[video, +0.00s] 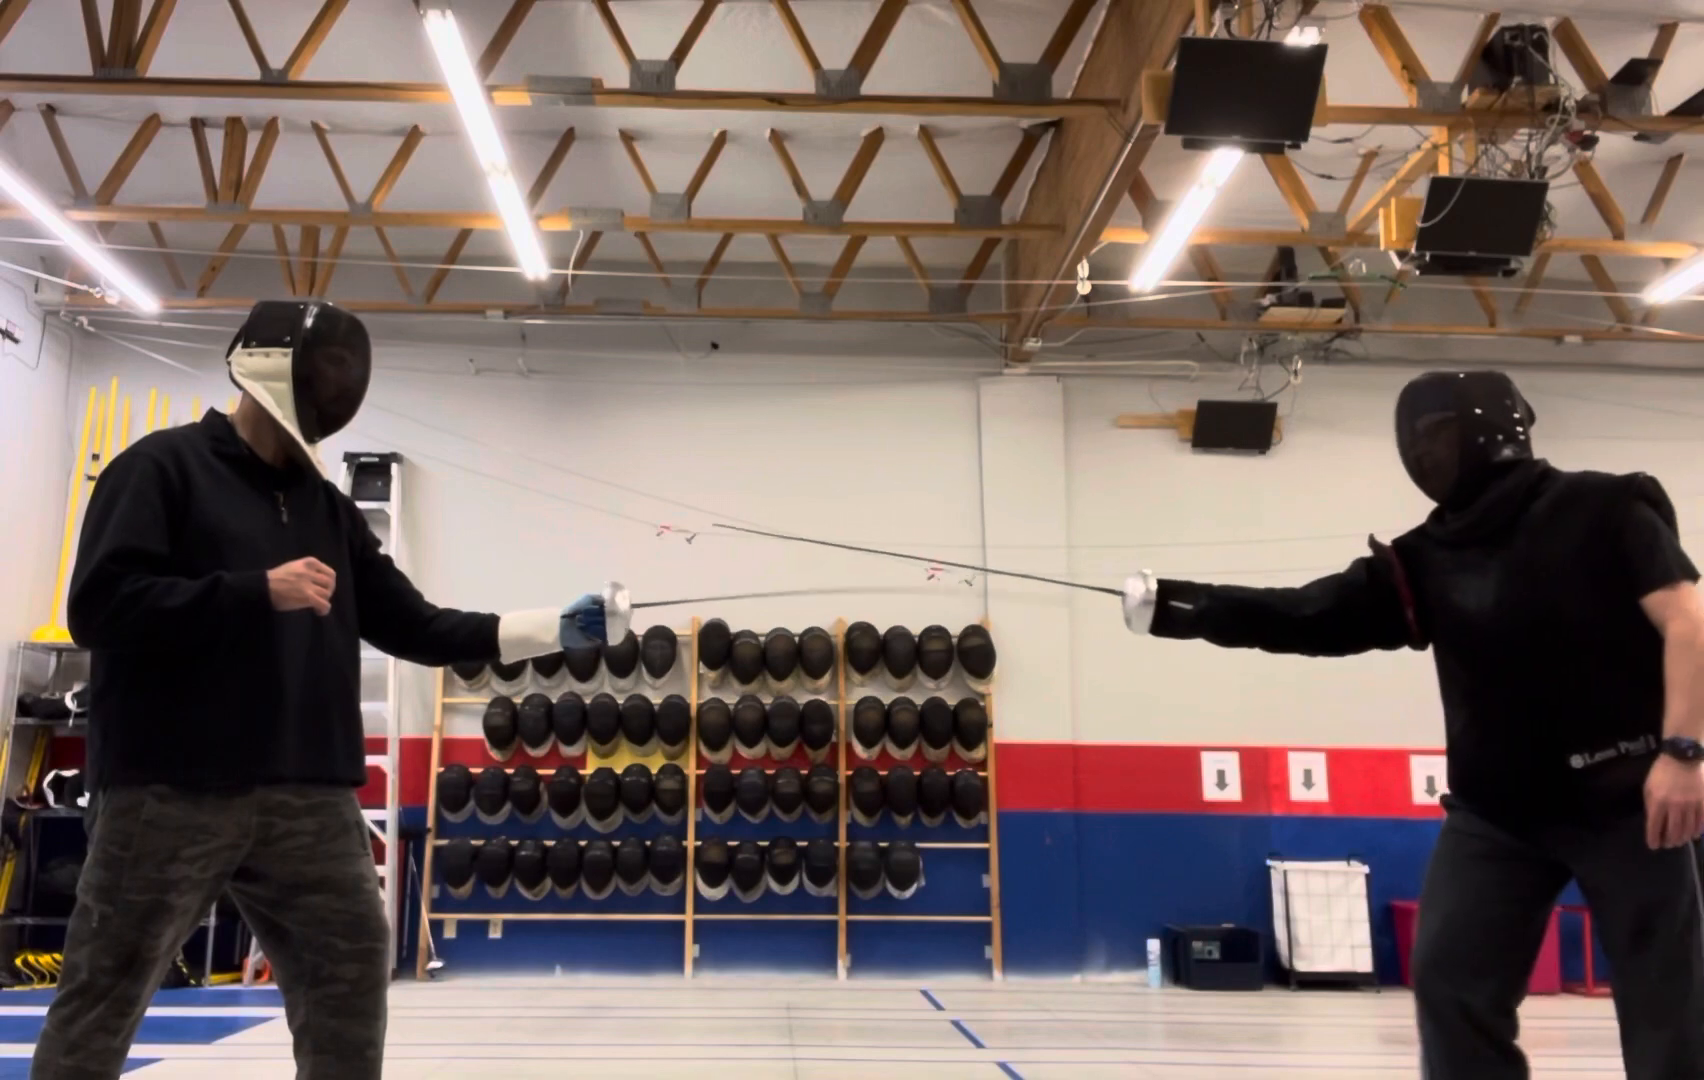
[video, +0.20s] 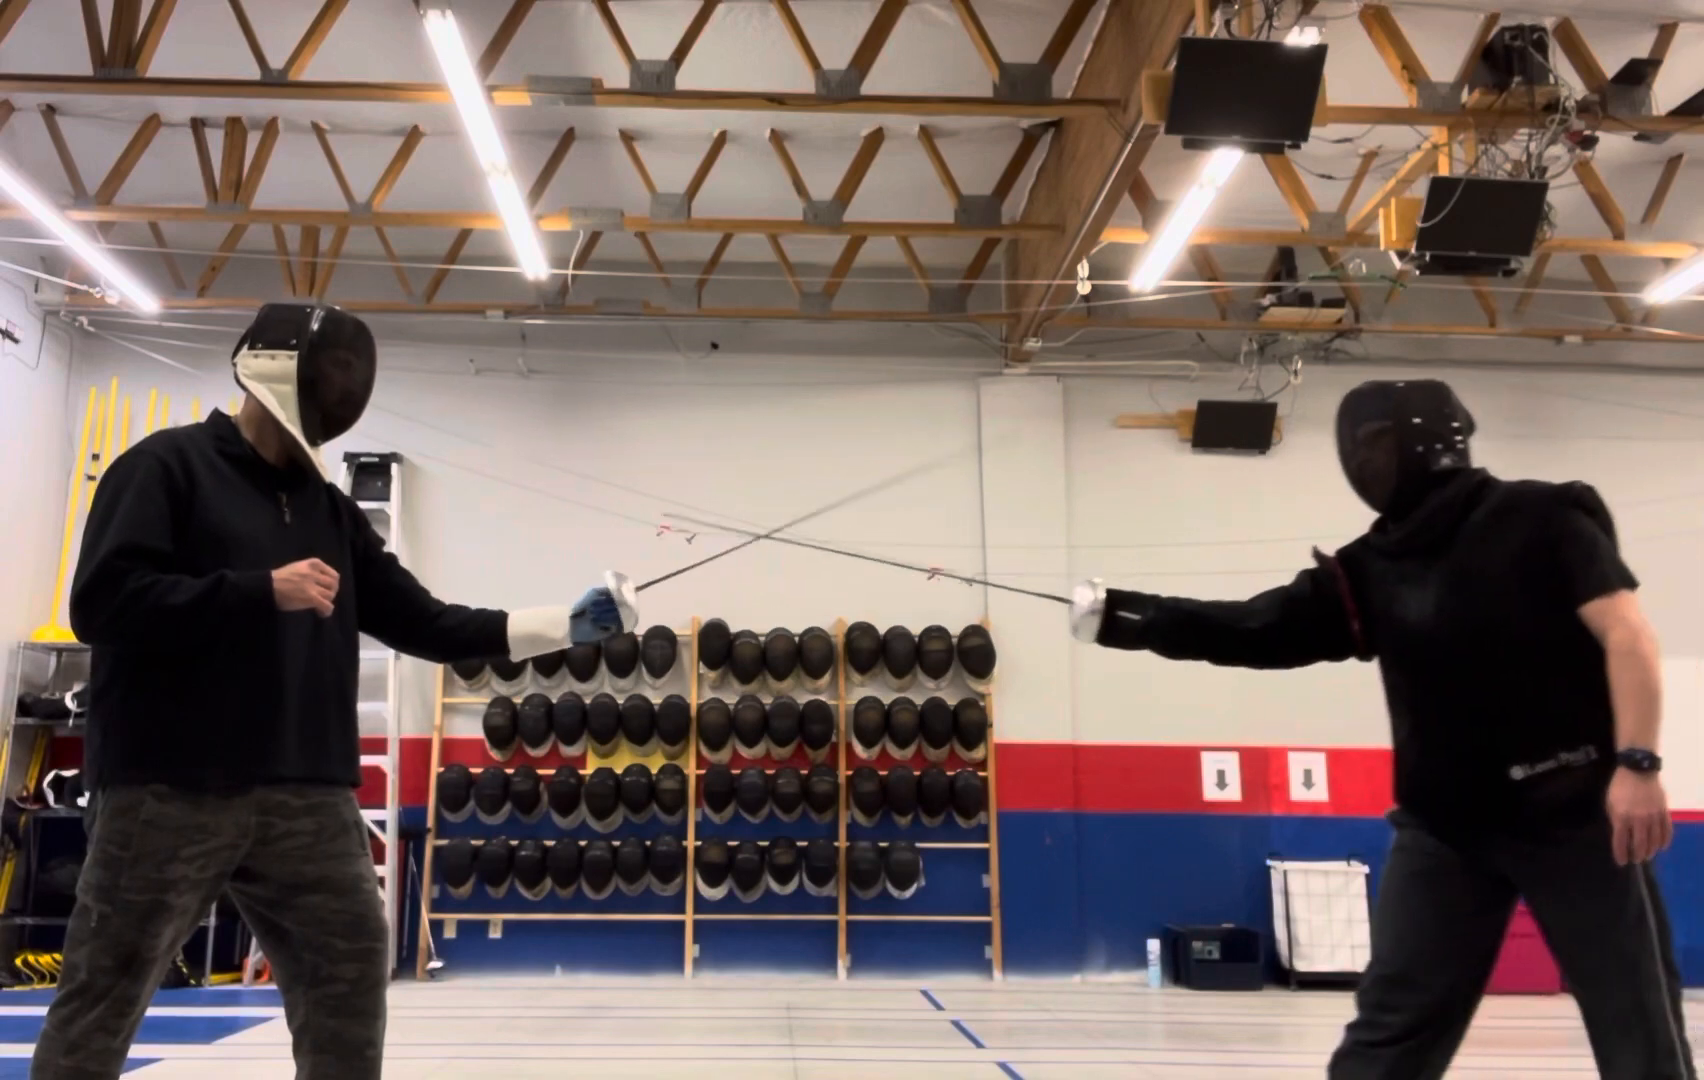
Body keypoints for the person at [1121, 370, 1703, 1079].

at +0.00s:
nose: (1417, 457)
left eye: (1428, 437)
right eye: (1411, 442)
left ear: (1477, 431)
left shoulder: (1607, 510)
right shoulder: (1426, 561)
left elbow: (1686, 619)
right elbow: (1310, 614)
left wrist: (1683, 750)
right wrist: (1178, 607)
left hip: (1627, 806)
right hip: (1495, 818)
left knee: (1668, 1021)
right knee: (1453, 994)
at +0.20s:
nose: (1356, 468)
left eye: (1365, 448)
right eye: (1353, 454)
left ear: (1410, 441)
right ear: (1426, 440)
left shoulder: (1546, 518)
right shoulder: (1370, 570)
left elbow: (1628, 633)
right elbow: (1257, 626)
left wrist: (1638, 762)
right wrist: (1131, 618)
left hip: (1575, 817)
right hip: (1445, 834)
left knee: (1641, 1043)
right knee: (1388, 1039)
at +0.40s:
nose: (1253, 463)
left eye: (1263, 440)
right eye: (1248, 446)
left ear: (1312, 431)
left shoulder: (1436, 511)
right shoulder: (1273, 570)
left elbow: (1516, 629)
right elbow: (1170, 642)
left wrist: (1535, 758)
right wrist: (1035, 630)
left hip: (1467, 810)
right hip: (1342, 828)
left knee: (1574, 1033)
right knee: (1304, 1051)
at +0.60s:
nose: (1163, 439)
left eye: (1171, 420)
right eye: (1162, 425)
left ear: (1212, 421)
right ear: (1241, 424)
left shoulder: (1342, 491)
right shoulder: (1183, 556)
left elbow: (1421, 609)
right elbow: (1082, 622)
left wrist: (1394, 726)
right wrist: (955, 609)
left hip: (1398, 782)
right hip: (1280, 809)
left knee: (1504, 994)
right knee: (1277, 1039)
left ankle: (1568, 1075)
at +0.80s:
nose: (1129, 443)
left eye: (1134, 424)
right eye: (1129, 427)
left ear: (1167, 428)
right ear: (1209, 423)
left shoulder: (1301, 488)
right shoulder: (1145, 555)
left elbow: (1384, 603)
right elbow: (1034, 604)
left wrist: (1343, 720)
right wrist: (913, 575)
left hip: (1372, 783)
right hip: (1250, 812)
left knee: (1471, 982)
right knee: (1260, 1038)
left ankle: (1536, 1076)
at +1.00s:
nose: (1138, 445)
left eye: (1145, 425)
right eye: (1135, 431)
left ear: (1185, 425)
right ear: (1209, 426)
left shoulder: (1313, 490)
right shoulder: (1156, 558)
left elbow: (1398, 605)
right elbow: (1052, 615)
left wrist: (1364, 722)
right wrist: (928, 592)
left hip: (1381, 786)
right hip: (1258, 813)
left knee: (1479, 994)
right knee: (1260, 1041)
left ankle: (1537, 1075)